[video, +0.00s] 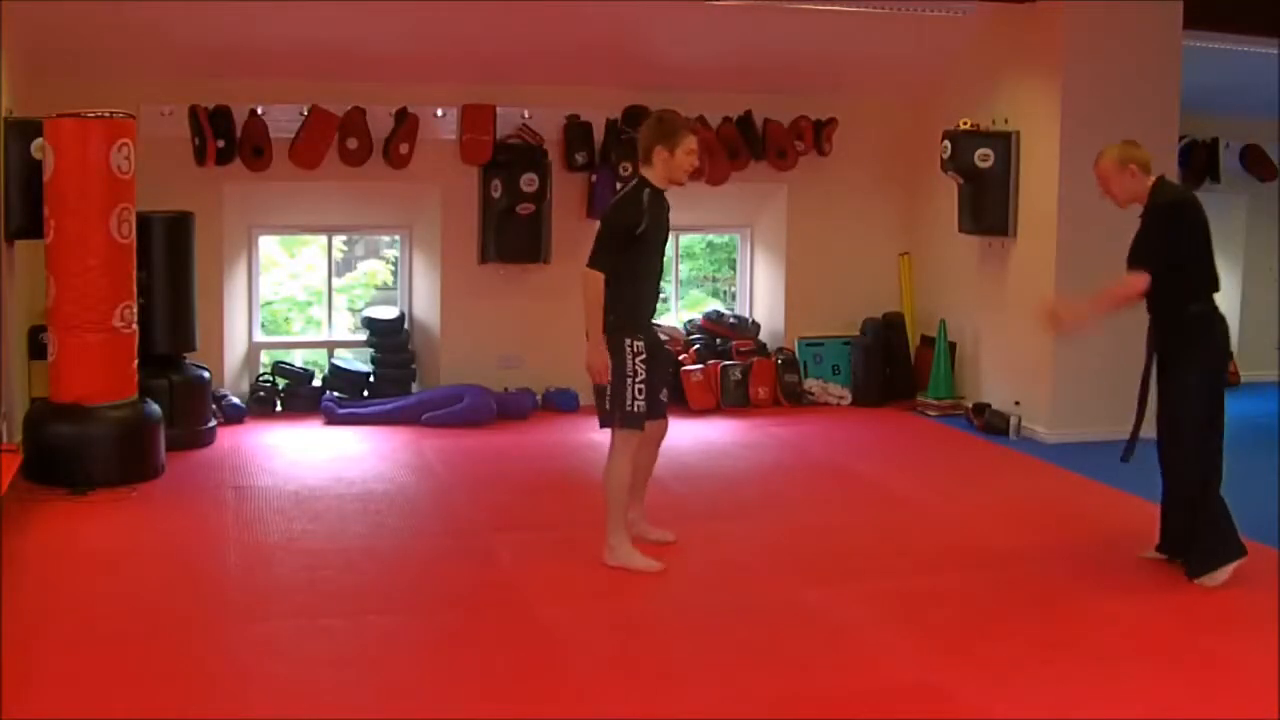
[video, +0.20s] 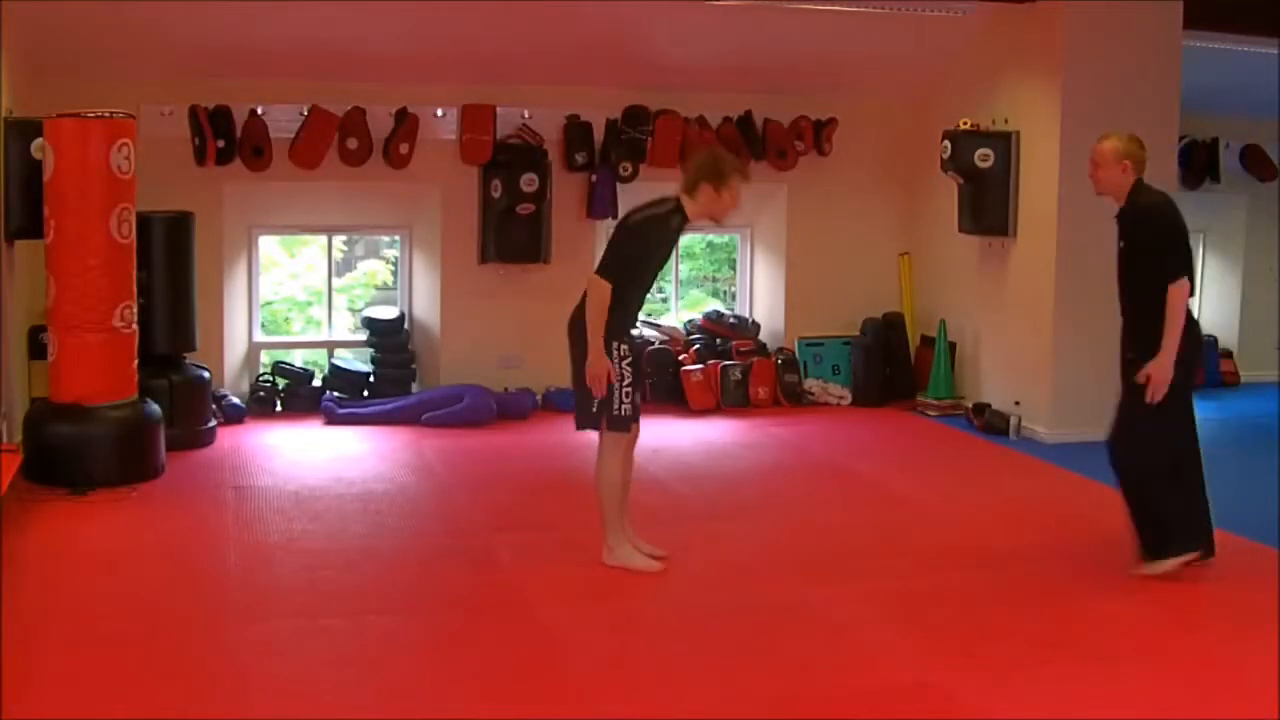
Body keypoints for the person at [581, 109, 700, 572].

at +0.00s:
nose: (695, 162)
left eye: (696, 153)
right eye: (688, 152)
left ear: (665, 155)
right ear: (659, 152)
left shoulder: (657, 203)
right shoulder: (632, 201)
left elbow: (637, 274)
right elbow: (595, 272)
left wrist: (648, 332)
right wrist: (595, 344)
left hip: (642, 332)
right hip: (621, 336)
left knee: (655, 427)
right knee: (627, 436)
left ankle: (633, 518)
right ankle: (615, 544)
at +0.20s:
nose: (734, 204)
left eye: (736, 195)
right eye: (731, 194)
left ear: (704, 188)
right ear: (706, 188)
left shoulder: (671, 221)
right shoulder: (654, 221)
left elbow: (624, 287)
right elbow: (599, 284)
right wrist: (595, 350)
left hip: (618, 330)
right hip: (603, 331)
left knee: (628, 430)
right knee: (617, 432)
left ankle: (623, 533)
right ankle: (614, 543)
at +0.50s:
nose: (751, 214)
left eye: (753, 204)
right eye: (748, 202)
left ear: (722, 197)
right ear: (722, 197)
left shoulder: (683, 226)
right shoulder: (666, 225)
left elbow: (628, 291)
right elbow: (608, 283)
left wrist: (655, 330)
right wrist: (598, 351)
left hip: (620, 332)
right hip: (605, 333)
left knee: (628, 433)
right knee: (617, 435)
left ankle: (622, 534)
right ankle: (614, 544)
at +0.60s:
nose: (739, 183)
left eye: (740, 175)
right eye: (736, 174)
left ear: (708, 174)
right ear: (708, 172)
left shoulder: (677, 212)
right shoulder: (660, 212)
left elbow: (637, 282)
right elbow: (612, 279)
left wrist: (641, 335)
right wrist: (601, 348)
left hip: (631, 334)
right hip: (617, 335)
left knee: (644, 431)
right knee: (627, 435)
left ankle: (625, 532)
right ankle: (616, 544)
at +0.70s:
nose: (726, 172)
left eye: (728, 163)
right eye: (722, 161)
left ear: (695, 160)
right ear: (693, 157)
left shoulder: (673, 203)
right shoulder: (655, 203)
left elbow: (641, 275)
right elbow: (606, 270)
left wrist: (652, 329)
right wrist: (595, 343)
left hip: (646, 334)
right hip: (628, 335)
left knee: (651, 430)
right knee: (634, 434)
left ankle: (627, 530)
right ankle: (616, 542)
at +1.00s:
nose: (702, 159)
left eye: (703, 150)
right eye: (696, 149)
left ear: (668, 151)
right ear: (668, 149)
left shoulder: (652, 195)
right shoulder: (651, 199)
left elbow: (649, 284)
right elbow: (679, 284)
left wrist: (675, 331)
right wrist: (748, 301)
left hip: (655, 329)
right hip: (635, 329)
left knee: (688, 422)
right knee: (639, 435)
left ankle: (648, 515)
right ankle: (617, 543)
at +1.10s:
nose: (700, 157)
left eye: (702, 148)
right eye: (694, 148)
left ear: (667, 150)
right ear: (665, 148)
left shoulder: (650, 195)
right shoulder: (655, 198)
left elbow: (648, 282)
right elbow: (692, 280)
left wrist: (682, 327)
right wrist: (753, 306)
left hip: (659, 332)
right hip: (639, 332)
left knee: (689, 423)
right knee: (642, 436)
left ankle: (681, 521)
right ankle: (617, 543)